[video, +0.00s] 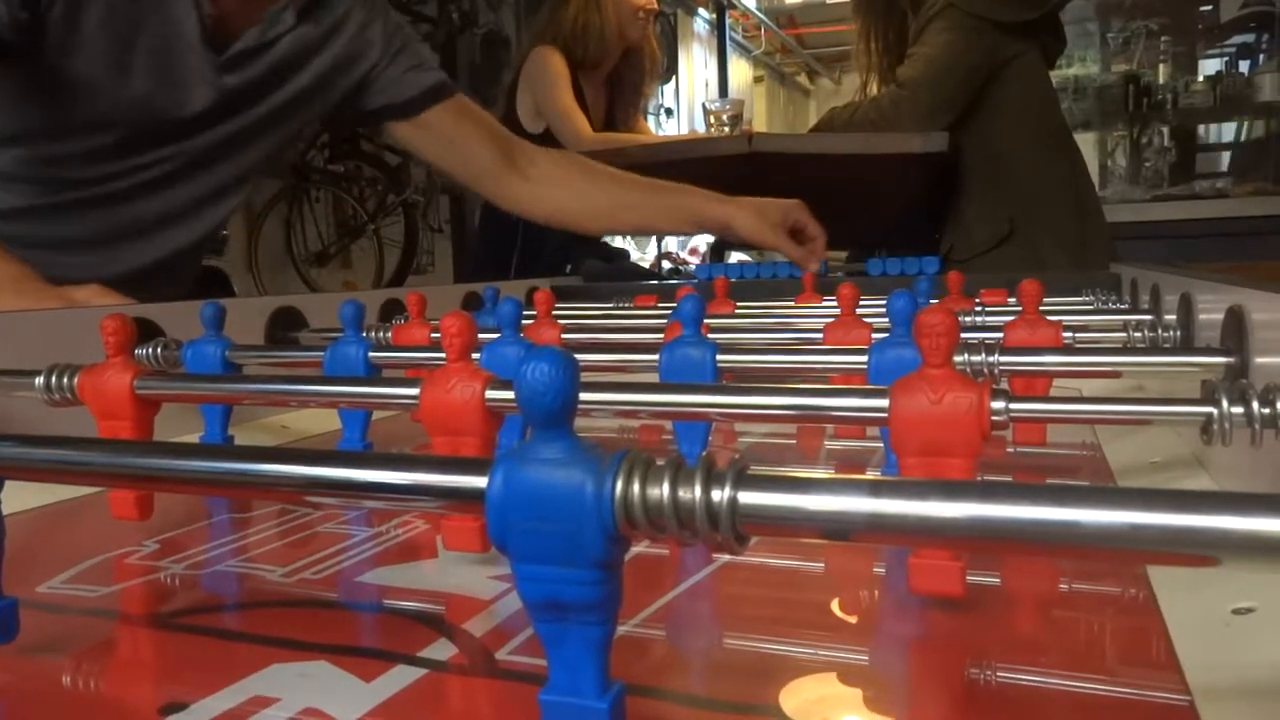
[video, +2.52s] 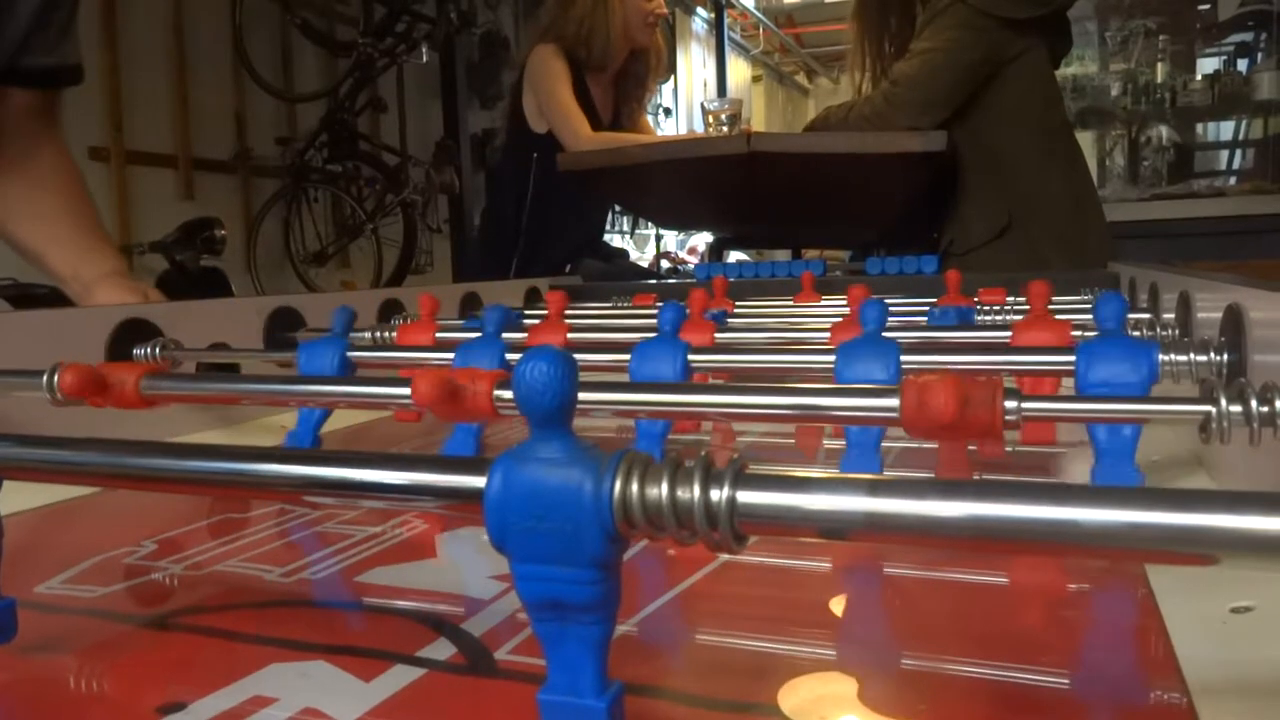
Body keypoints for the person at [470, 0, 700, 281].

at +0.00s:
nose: (654, 7)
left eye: (653, 1)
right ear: (599, 6)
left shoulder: (614, 82)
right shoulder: (546, 61)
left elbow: (649, 148)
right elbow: (581, 143)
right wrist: (674, 147)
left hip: (572, 246)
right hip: (519, 250)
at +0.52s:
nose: (654, 9)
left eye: (653, 0)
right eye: (638, 0)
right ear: (602, 5)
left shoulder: (612, 73)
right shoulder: (559, 56)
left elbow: (648, 145)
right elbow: (583, 143)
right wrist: (671, 147)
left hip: (570, 249)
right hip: (520, 254)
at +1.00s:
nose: (661, 8)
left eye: (659, 1)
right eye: (646, 0)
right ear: (603, 7)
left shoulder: (614, 77)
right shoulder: (542, 61)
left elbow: (647, 150)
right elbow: (581, 143)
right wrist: (680, 147)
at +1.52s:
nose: (670, 10)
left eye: (669, 1)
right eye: (655, 0)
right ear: (614, 7)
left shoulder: (625, 79)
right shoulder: (551, 59)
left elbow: (651, 152)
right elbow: (581, 143)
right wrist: (677, 148)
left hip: (580, 250)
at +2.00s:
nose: (661, 8)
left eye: (658, 1)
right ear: (603, 5)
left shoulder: (617, 80)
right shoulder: (544, 59)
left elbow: (651, 150)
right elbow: (581, 142)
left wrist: (703, 145)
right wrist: (678, 145)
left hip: (580, 250)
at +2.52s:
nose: (663, 9)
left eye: (661, 2)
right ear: (607, 6)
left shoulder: (619, 81)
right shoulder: (547, 60)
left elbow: (651, 152)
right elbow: (581, 144)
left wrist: (699, 146)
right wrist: (681, 145)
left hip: (578, 248)